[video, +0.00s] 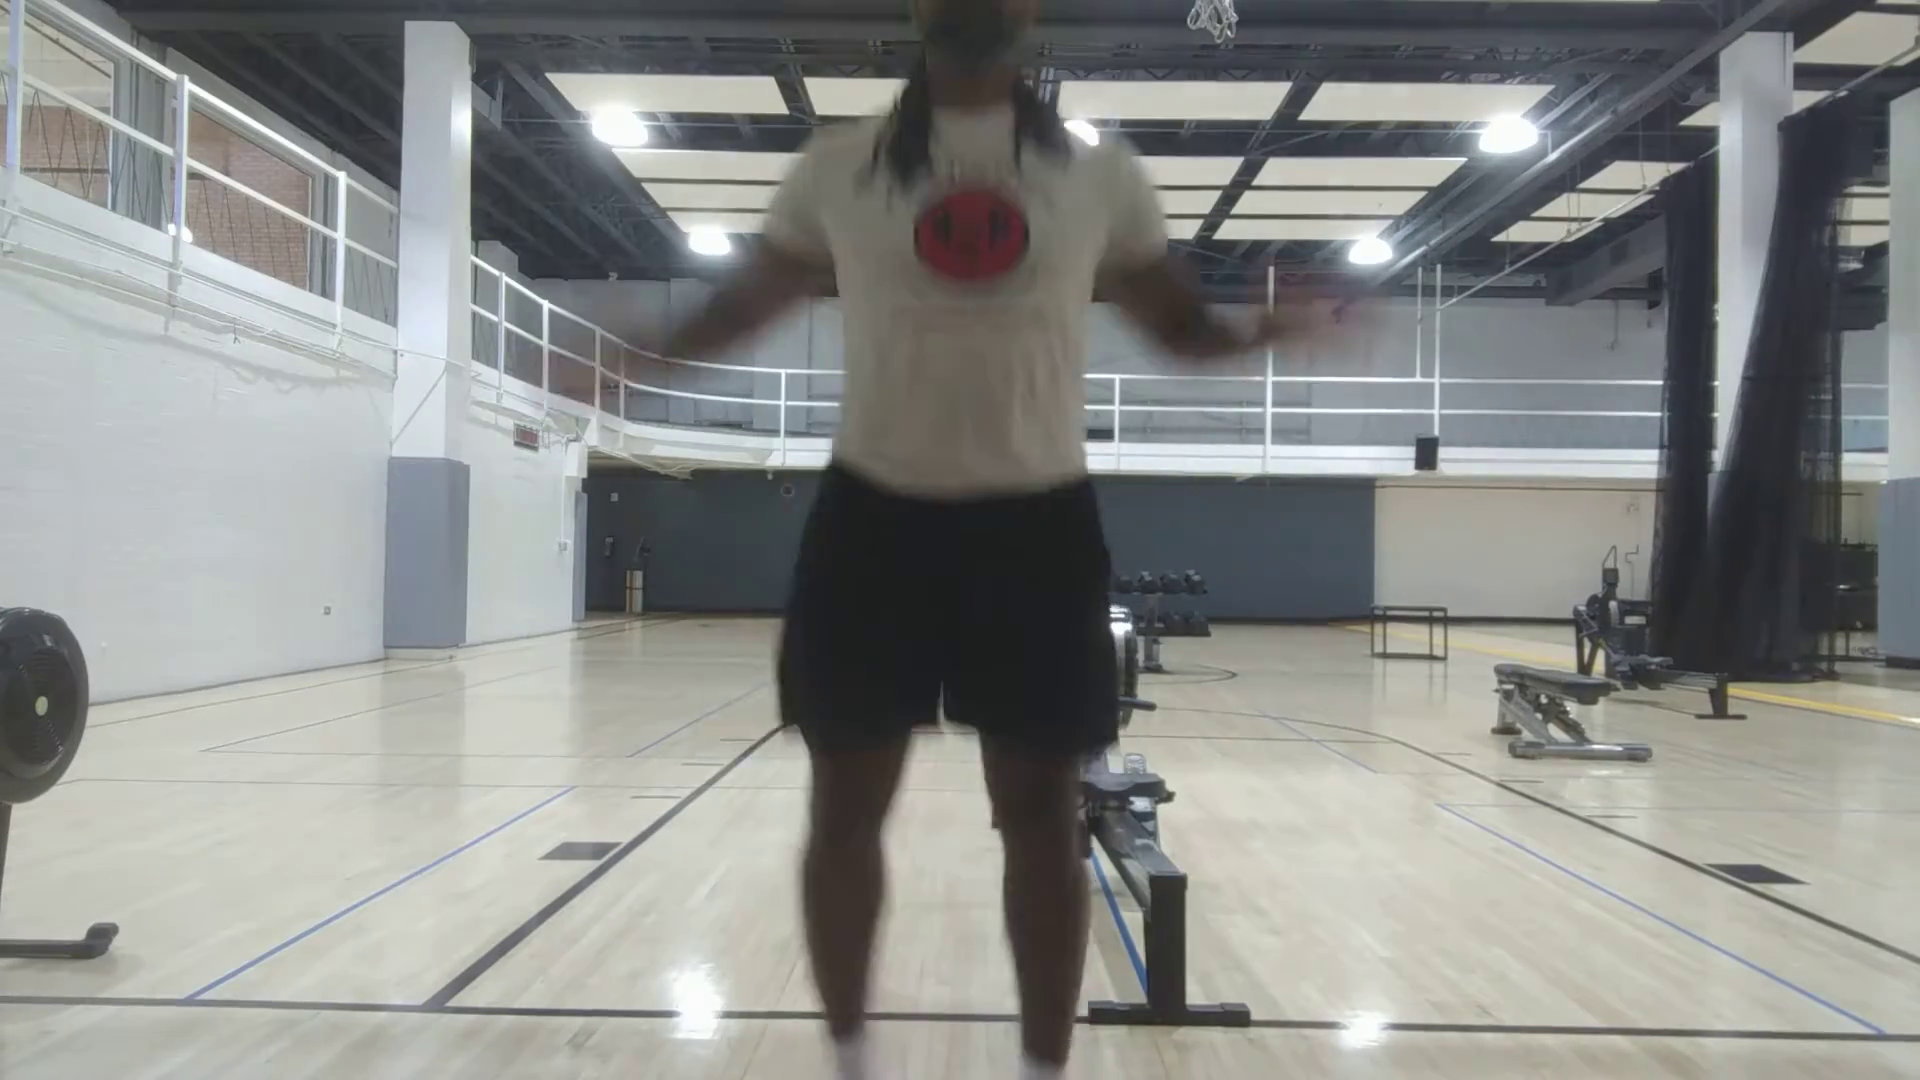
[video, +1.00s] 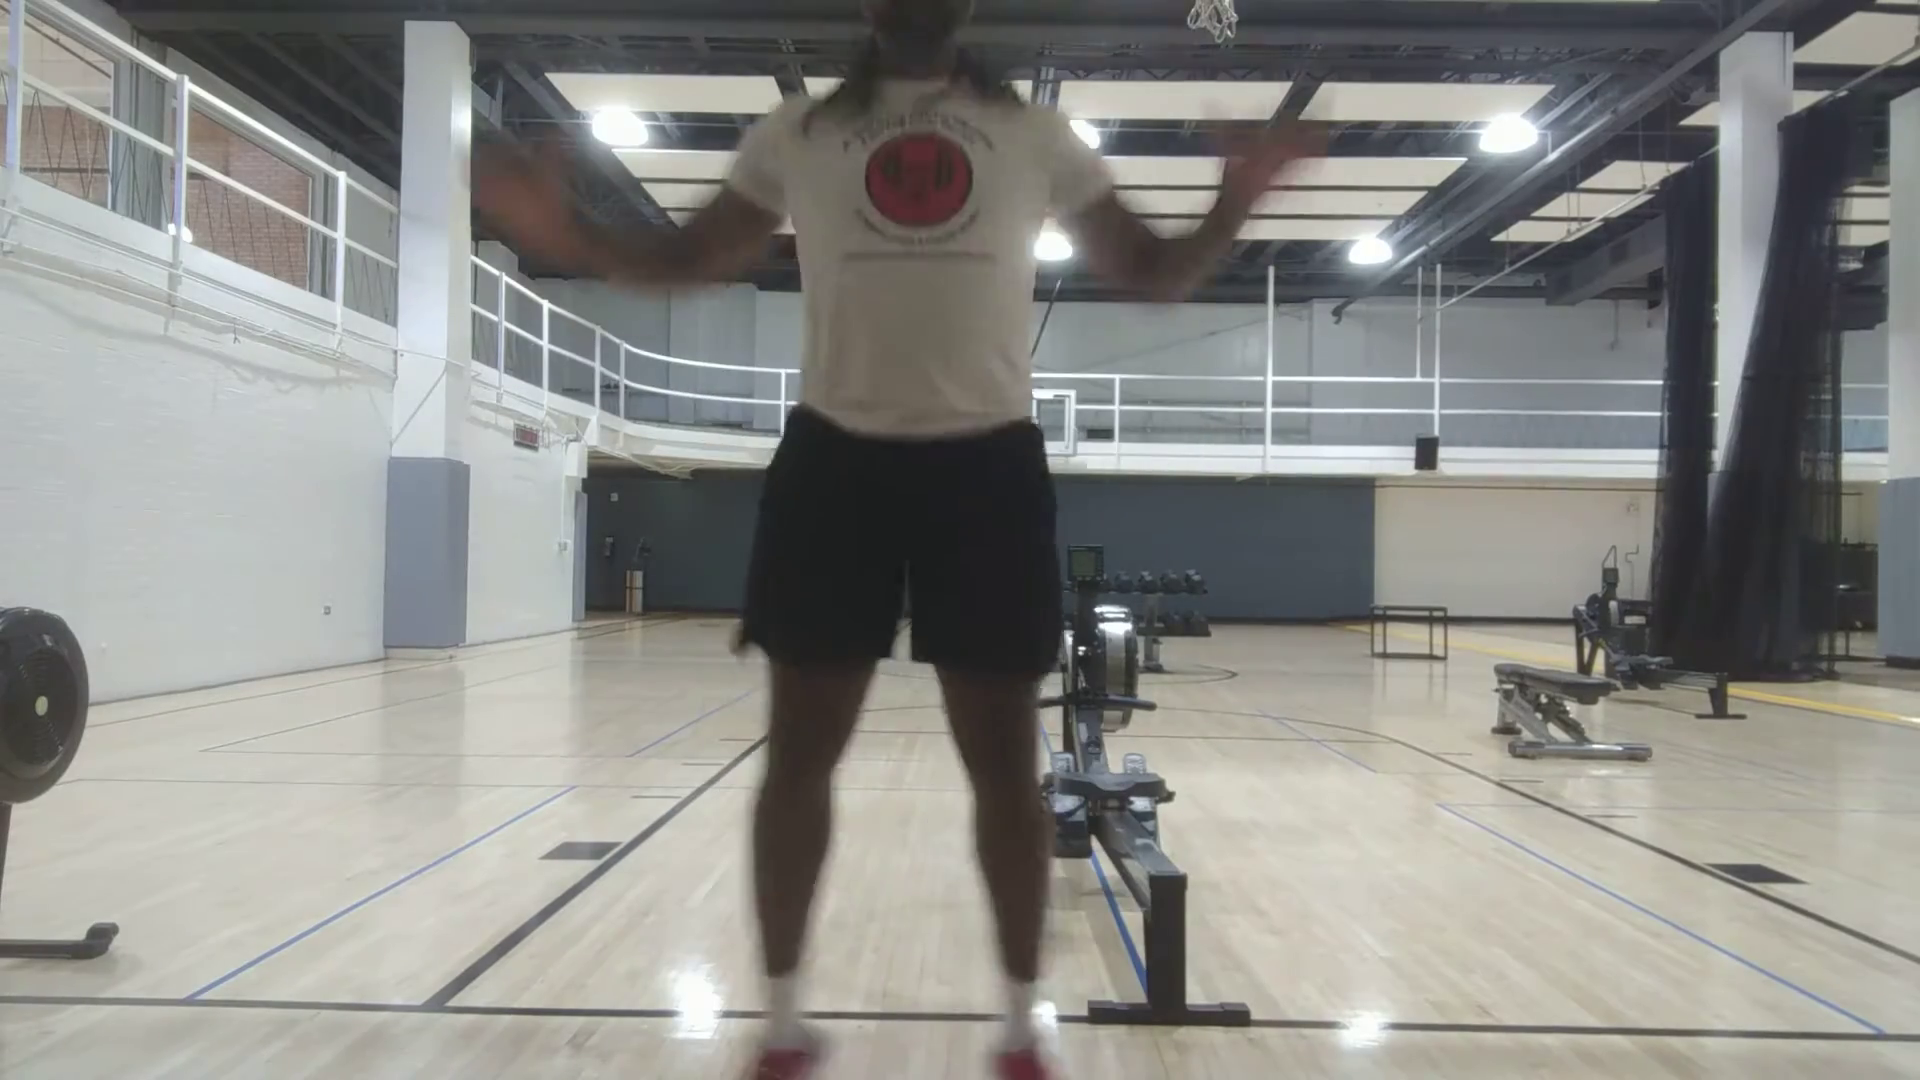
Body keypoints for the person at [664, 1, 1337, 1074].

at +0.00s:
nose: (974, 14)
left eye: (999, 4)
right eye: (954, 1)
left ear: (1033, 24)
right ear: (916, 17)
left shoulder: (1098, 177)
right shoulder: (844, 163)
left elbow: (1189, 332)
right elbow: (739, 309)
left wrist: (1274, 328)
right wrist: (642, 358)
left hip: (1035, 529)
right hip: (875, 524)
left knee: (1040, 816)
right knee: (845, 805)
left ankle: (1046, 1066)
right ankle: (848, 1056)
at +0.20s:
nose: (955, 25)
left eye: (978, 11)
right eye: (933, 9)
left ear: (1008, 38)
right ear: (898, 35)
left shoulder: (1083, 170)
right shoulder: (827, 170)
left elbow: (1268, 166)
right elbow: (644, 178)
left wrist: (1259, 48)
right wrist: (607, 40)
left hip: (1023, 552)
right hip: (857, 543)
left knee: (1084, 842)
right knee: (758, 818)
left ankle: (1129, 1066)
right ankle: (666, 1050)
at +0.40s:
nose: (937, 101)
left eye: (959, 83)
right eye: (916, 83)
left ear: (991, 100)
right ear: (885, 99)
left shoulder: (1062, 224)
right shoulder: (816, 224)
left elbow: (1247, 192)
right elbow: (639, 176)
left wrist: (1228, 58)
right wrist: (648, 62)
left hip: (1006, 582)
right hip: (842, 574)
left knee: (1067, 843)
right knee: (751, 821)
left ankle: (1114, 1066)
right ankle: (675, 1055)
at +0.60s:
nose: (922, 17)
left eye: (945, 6)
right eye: (907, 5)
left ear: (981, 19)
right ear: (878, 18)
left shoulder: (1052, 158)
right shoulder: (808, 144)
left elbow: (1133, 297)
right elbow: (701, 253)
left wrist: (1206, 302)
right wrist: (645, 248)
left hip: (995, 498)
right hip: (838, 492)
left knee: (997, 793)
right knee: (814, 783)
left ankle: (976, 1044)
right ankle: (832, 1037)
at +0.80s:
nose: (918, 96)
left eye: (941, 77)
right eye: (898, 77)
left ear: (975, 105)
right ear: (868, 103)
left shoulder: (1036, 275)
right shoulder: (806, 269)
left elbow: (1074, 418)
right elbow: (758, 427)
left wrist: (1079, 477)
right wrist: (782, 483)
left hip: (988, 603)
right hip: (840, 600)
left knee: (983, 885)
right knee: (835, 878)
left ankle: (958, 1069)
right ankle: (855, 1069)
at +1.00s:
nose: (915, 6)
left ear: (968, 12)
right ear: (871, 11)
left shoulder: (1031, 134)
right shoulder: (801, 132)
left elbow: (1154, 276)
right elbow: (696, 254)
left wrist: (1236, 199)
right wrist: (569, 241)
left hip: (986, 474)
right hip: (833, 470)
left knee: (1005, 757)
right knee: (799, 751)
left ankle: (1023, 1024)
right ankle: (784, 1023)